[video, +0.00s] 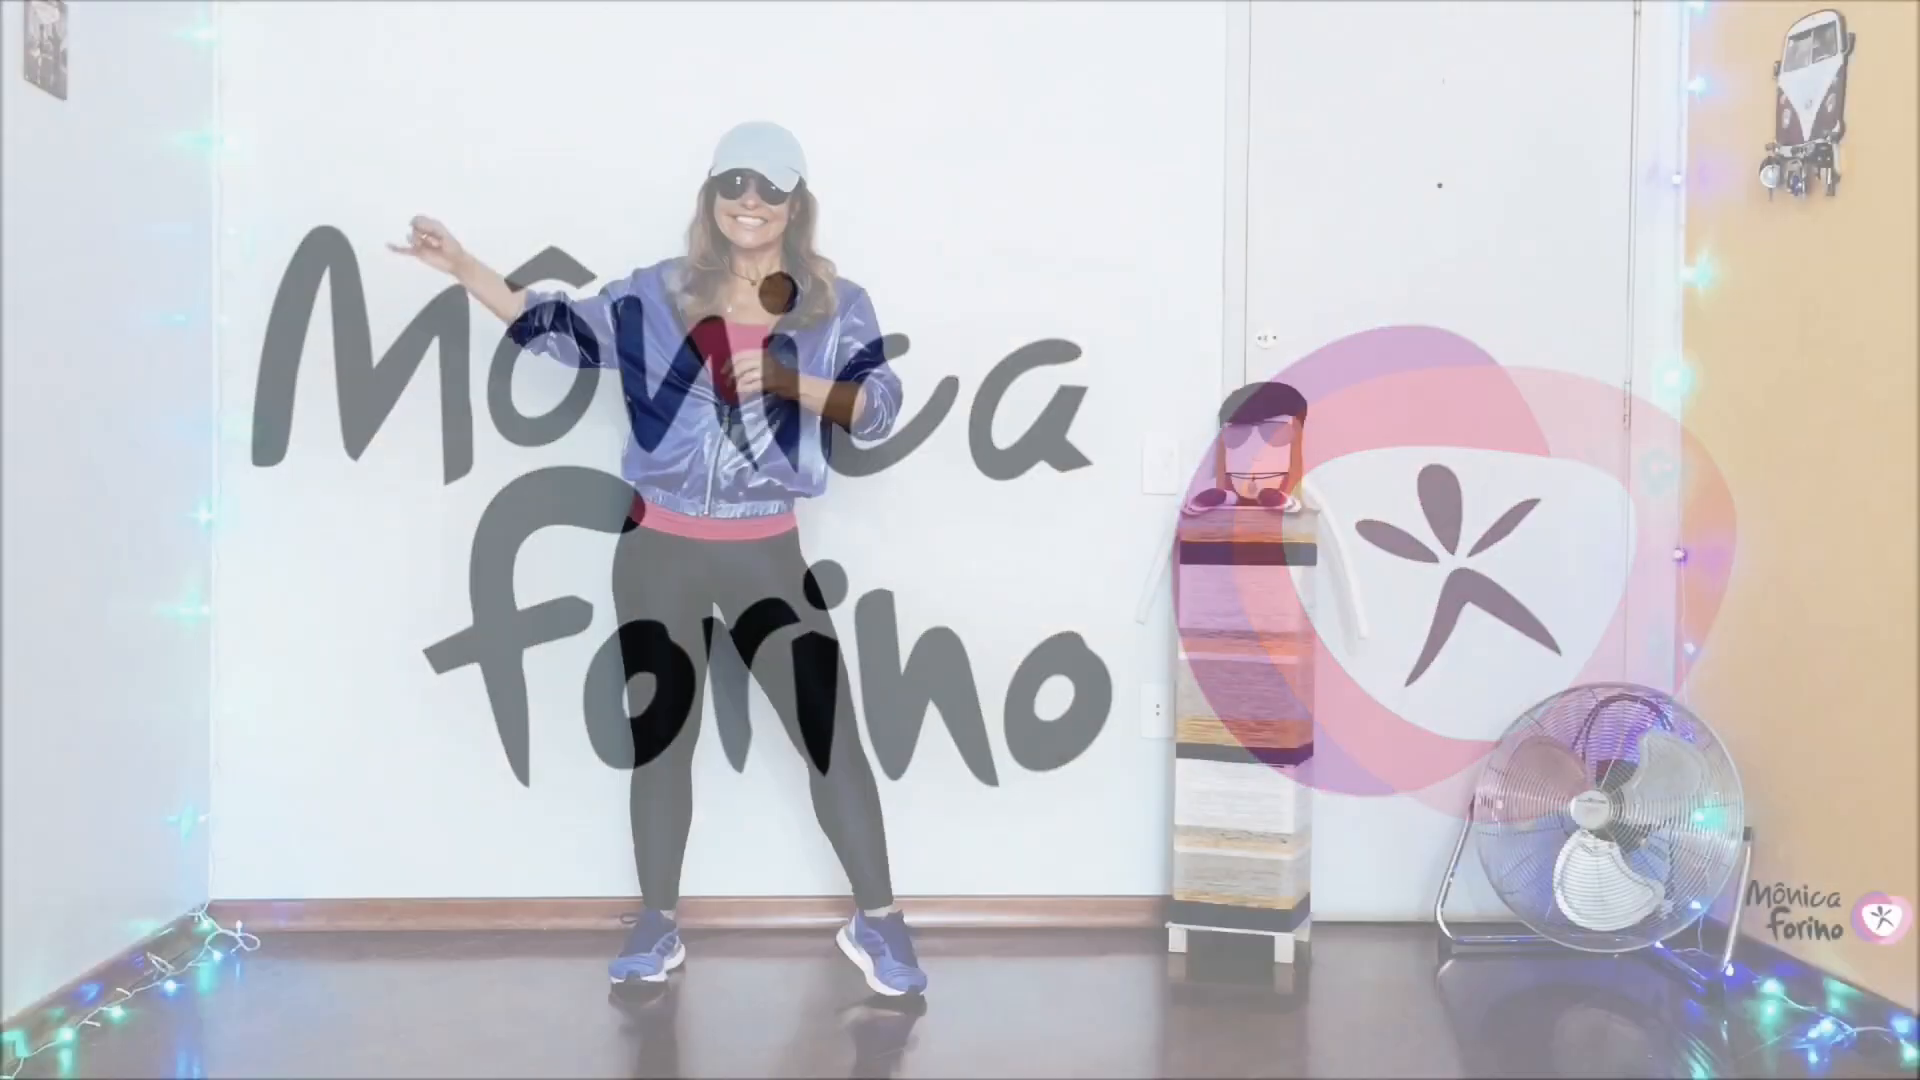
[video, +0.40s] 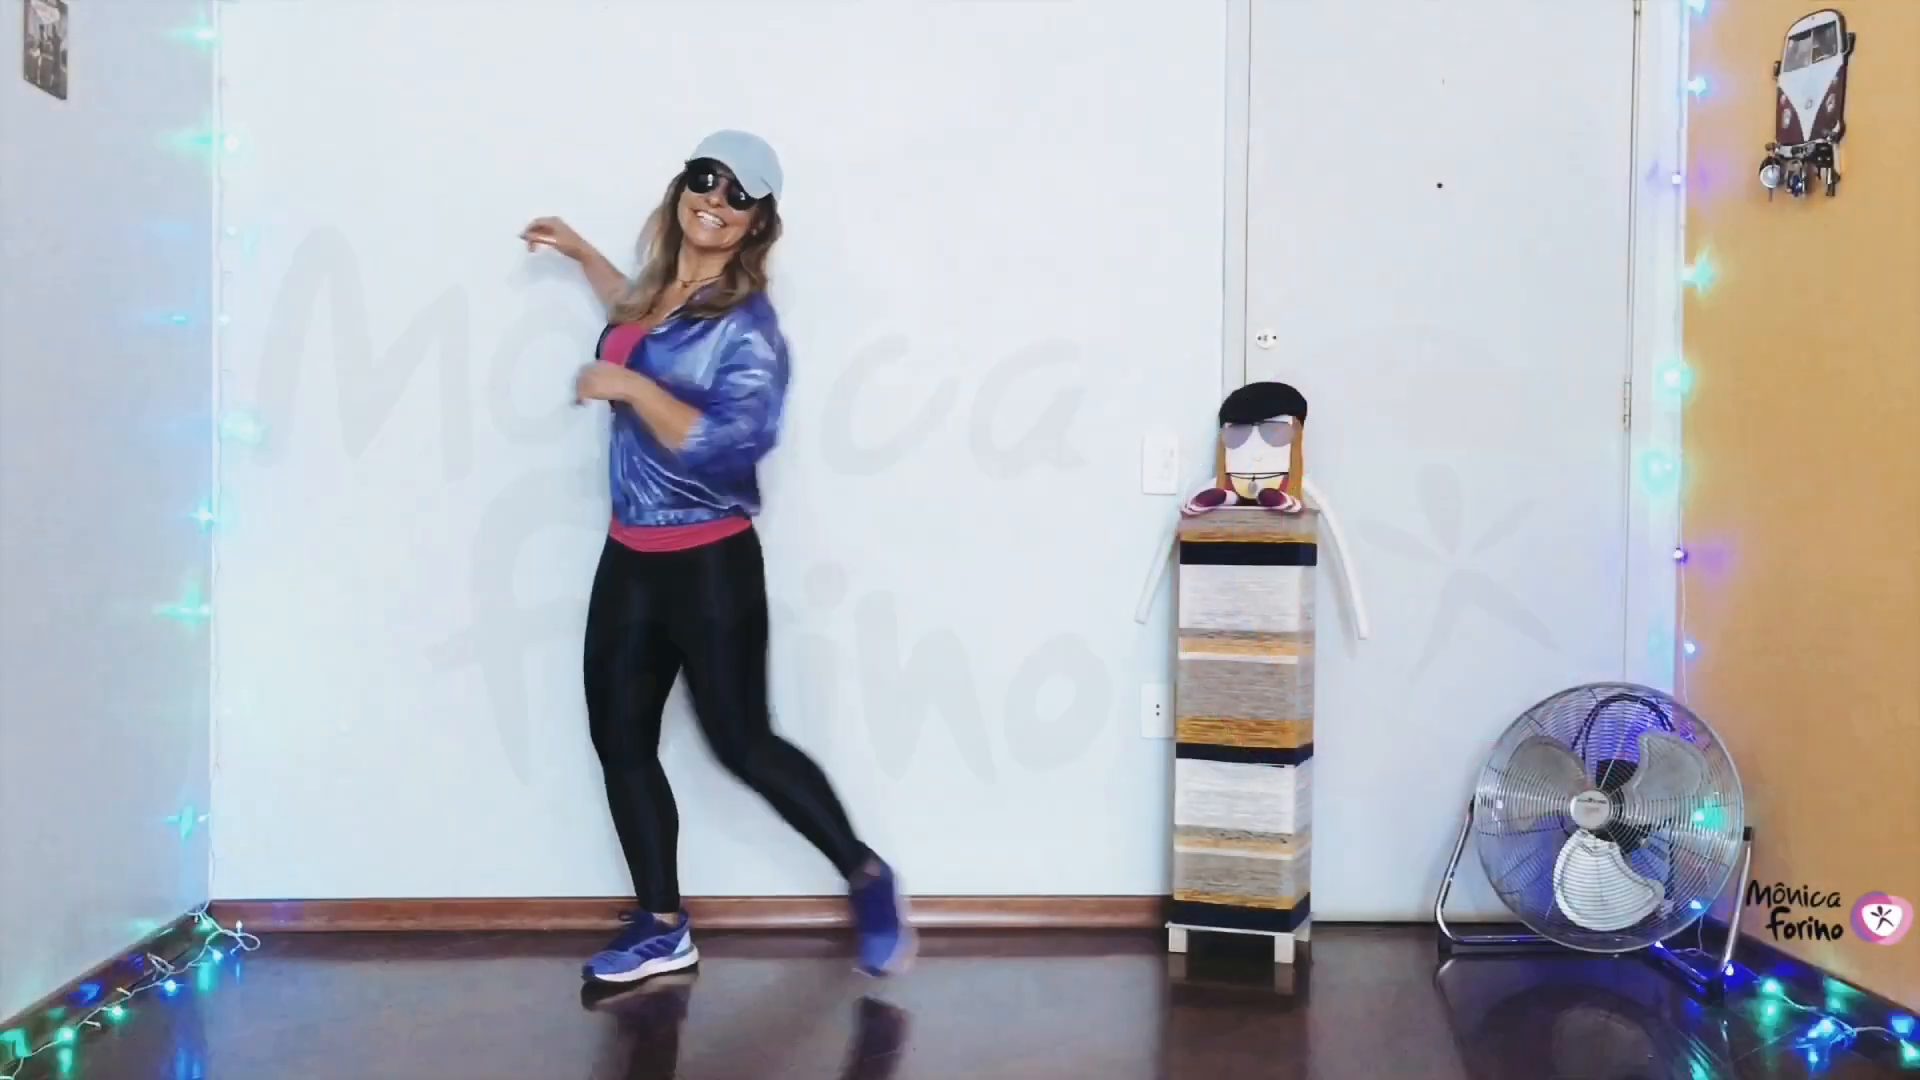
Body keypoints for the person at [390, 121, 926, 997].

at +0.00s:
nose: (752, 204)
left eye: (771, 189)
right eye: (735, 187)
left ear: (797, 204)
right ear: (710, 200)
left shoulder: (832, 299)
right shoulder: (657, 293)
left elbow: (877, 404)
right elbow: (556, 325)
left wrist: (788, 379)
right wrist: (463, 265)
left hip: (765, 547)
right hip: (661, 544)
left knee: (826, 716)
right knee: (660, 724)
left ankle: (879, 919)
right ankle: (656, 921)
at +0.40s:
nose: (712, 203)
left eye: (735, 198)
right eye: (703, 184)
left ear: (754, 225)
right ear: (679, 193)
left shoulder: (749, 331)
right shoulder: (661, 295)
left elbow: (726, 446)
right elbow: (639, 318)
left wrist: (635, 390)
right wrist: (582, 254)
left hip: (714, 560)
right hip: (633, 557)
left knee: (740, 739)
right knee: (621, 738)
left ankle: (866, 876)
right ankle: (661, 924)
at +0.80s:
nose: (683, 194)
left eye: (706, 185)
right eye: (671, 175)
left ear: (733, 206)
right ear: (650, 189)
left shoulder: (721, 296)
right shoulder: (649, 300)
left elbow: (680, 410)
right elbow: (645, 406)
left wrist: (595, 380)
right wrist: (590, 400)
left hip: (691, 546)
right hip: (623, 541)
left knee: (653, 728)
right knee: (622, 726)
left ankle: (746, 903)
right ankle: (658, 922)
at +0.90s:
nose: (683, 190)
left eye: (706, 179)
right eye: (670, 172)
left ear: (733, 200)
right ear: (647, 186)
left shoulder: (729, 286)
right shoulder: (639, 296)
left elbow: (754, 369)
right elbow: (641, 419)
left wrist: (633, 354)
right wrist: (582, 379)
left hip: (703, 547)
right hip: (627, 546)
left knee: (703, 734)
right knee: (643, 734)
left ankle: (776, 948)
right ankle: (661, 922)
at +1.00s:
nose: (687, 191)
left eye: (708, 178)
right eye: (671, 173)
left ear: (739, 195)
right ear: (649, 188)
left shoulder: (754, 276)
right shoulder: (648, 293)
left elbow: (835, 329)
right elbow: (623, 397)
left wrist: (708, 323)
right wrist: (548, 345)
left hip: (722, 559)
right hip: (640, 555)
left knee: (726, 750)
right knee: (635, 736)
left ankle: (791, 975)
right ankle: (657, 921)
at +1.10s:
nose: (692, 187)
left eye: (713, 173)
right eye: (675, 170)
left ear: (739, 190)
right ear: (650, 186)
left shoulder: (776, 270)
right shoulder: (654, 306)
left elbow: (904, 314)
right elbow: (606, 412)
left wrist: (815, 292)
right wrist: (517, 355)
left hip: (770, 562)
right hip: (683, 562)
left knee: (757, 770)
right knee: (579, 721)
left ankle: (799, 994)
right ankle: (634, 894)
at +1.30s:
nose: (714, 199)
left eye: (734, 181)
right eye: (694, 182)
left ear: (763, 196)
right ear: (669, 200)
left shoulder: (818, 295)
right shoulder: (646, 326)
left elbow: (938, 354)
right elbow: (600, 457)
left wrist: (940, 300)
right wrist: (486, 431)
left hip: (812, 568)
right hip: (713, 573)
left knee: (786, 777)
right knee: (570, 694)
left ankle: (803, 1000)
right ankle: (667, 889)